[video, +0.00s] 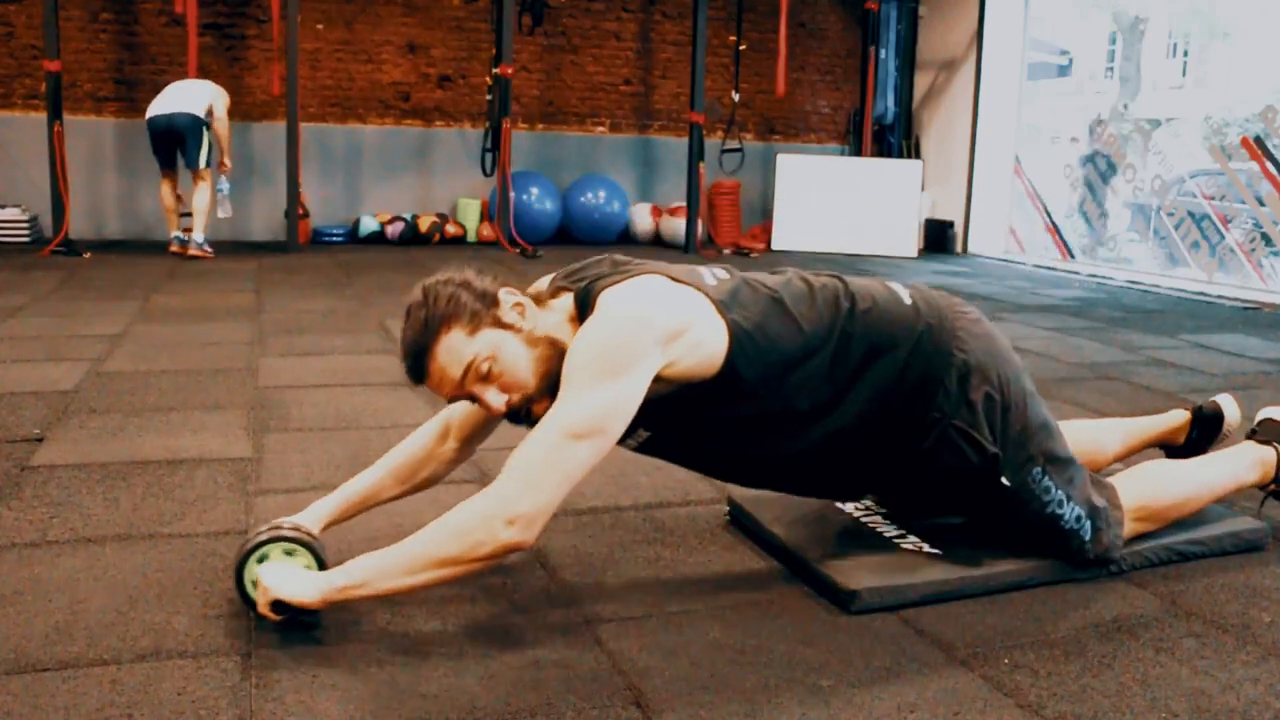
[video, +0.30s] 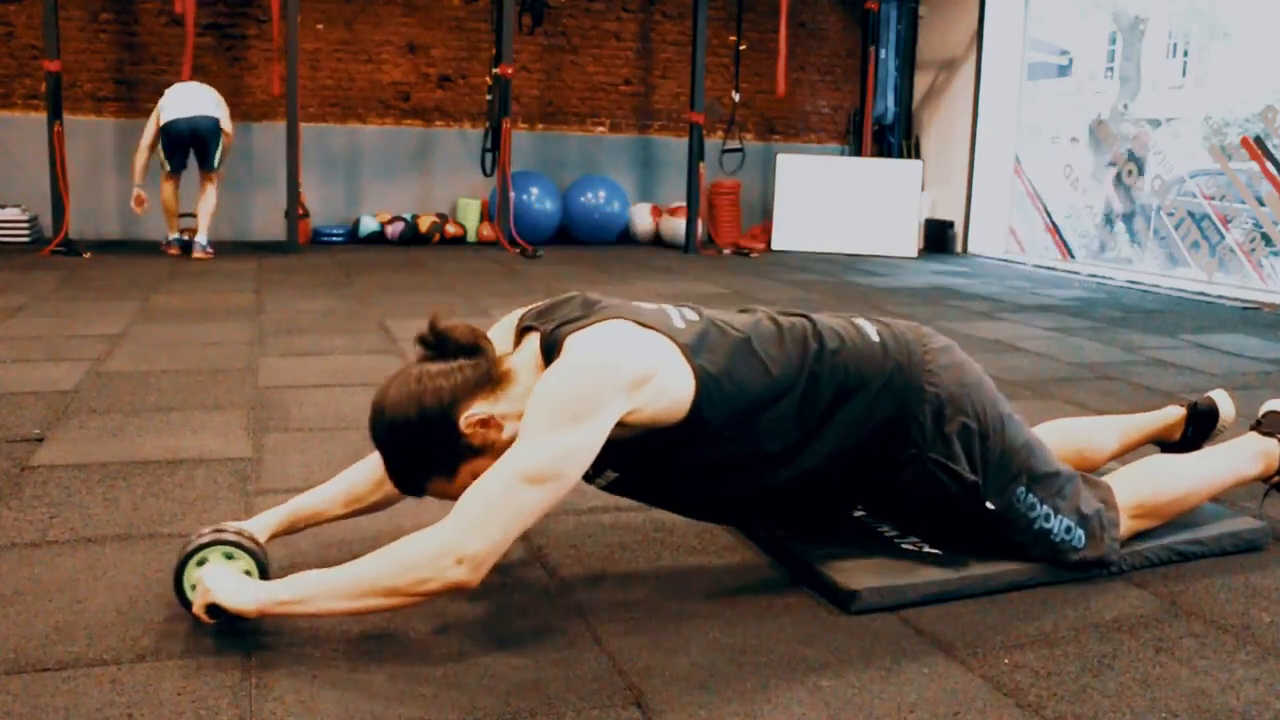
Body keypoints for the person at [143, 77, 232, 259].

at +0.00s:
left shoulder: (177, 87)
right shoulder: (218, 91)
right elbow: (219, 118)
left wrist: (173, 190)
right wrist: (224, 155)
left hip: (156, 117)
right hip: (190, 117)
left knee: (167, 176)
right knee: (202, 179)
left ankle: (175, 235)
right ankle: (198, 239)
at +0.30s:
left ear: (174, 89)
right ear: (201, 86)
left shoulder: (166, 97)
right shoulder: (212, 92)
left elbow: (145, 144)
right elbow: (227, 132)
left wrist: (138, 185)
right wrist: (216, 168)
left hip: (172, 122)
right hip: (207, 121)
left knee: (170, 179)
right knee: (208, 180)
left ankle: (173, 238)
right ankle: (201, 241)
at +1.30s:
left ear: (120, 140)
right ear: (143, 134)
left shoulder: (113, 154)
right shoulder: (163, 140)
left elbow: (103, 203)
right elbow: (205, 174)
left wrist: (93, 243)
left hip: (137, 208)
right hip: (172, 198)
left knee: (136, 235)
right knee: (201, 184)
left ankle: (162, 242)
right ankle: (199, 242)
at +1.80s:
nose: (152, 149)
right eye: (151, 145)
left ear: (126, 144)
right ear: (149, 145)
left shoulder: (102, 161)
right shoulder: (158, 157)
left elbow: (93, 204)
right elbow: (198, 181)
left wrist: (91, 249)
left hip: (113, 239)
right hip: (143, 230)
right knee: (184, 182)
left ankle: (170, 251)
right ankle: (199, 241)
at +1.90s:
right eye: (148, 150)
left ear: (123, 146)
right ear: (148, 149)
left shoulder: (100, 162)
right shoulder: (154, 160)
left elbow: (91, 203)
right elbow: (195, 181)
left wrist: (91, 249)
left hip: (107, 246)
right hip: (136, 238)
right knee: (180, 183)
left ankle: (170, 252)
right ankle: (200, 241)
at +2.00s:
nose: (147, 160)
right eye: (147, 157)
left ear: (121, 151)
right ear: (145, 155)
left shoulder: (96, 166)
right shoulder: (148, 165)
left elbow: (85, 207)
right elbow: (191, 185)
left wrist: (91, 250)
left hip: (103, 251)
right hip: (131, 244)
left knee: (149, 244)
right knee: (176, 188)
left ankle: (173, 253)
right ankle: (201, 241)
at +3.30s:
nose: (111, 149)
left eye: (103, 148)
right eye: (112, 148)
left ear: (89, 155)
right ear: (116, 154)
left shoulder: (71, 179)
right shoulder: (128, 170)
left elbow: (41, 220)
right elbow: (175, 193)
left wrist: (11, 245)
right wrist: (182, 205)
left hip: (97, 256)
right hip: (130, 248)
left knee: (139, 236)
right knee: (183, 208)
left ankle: (168, 251)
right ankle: (222, 238)